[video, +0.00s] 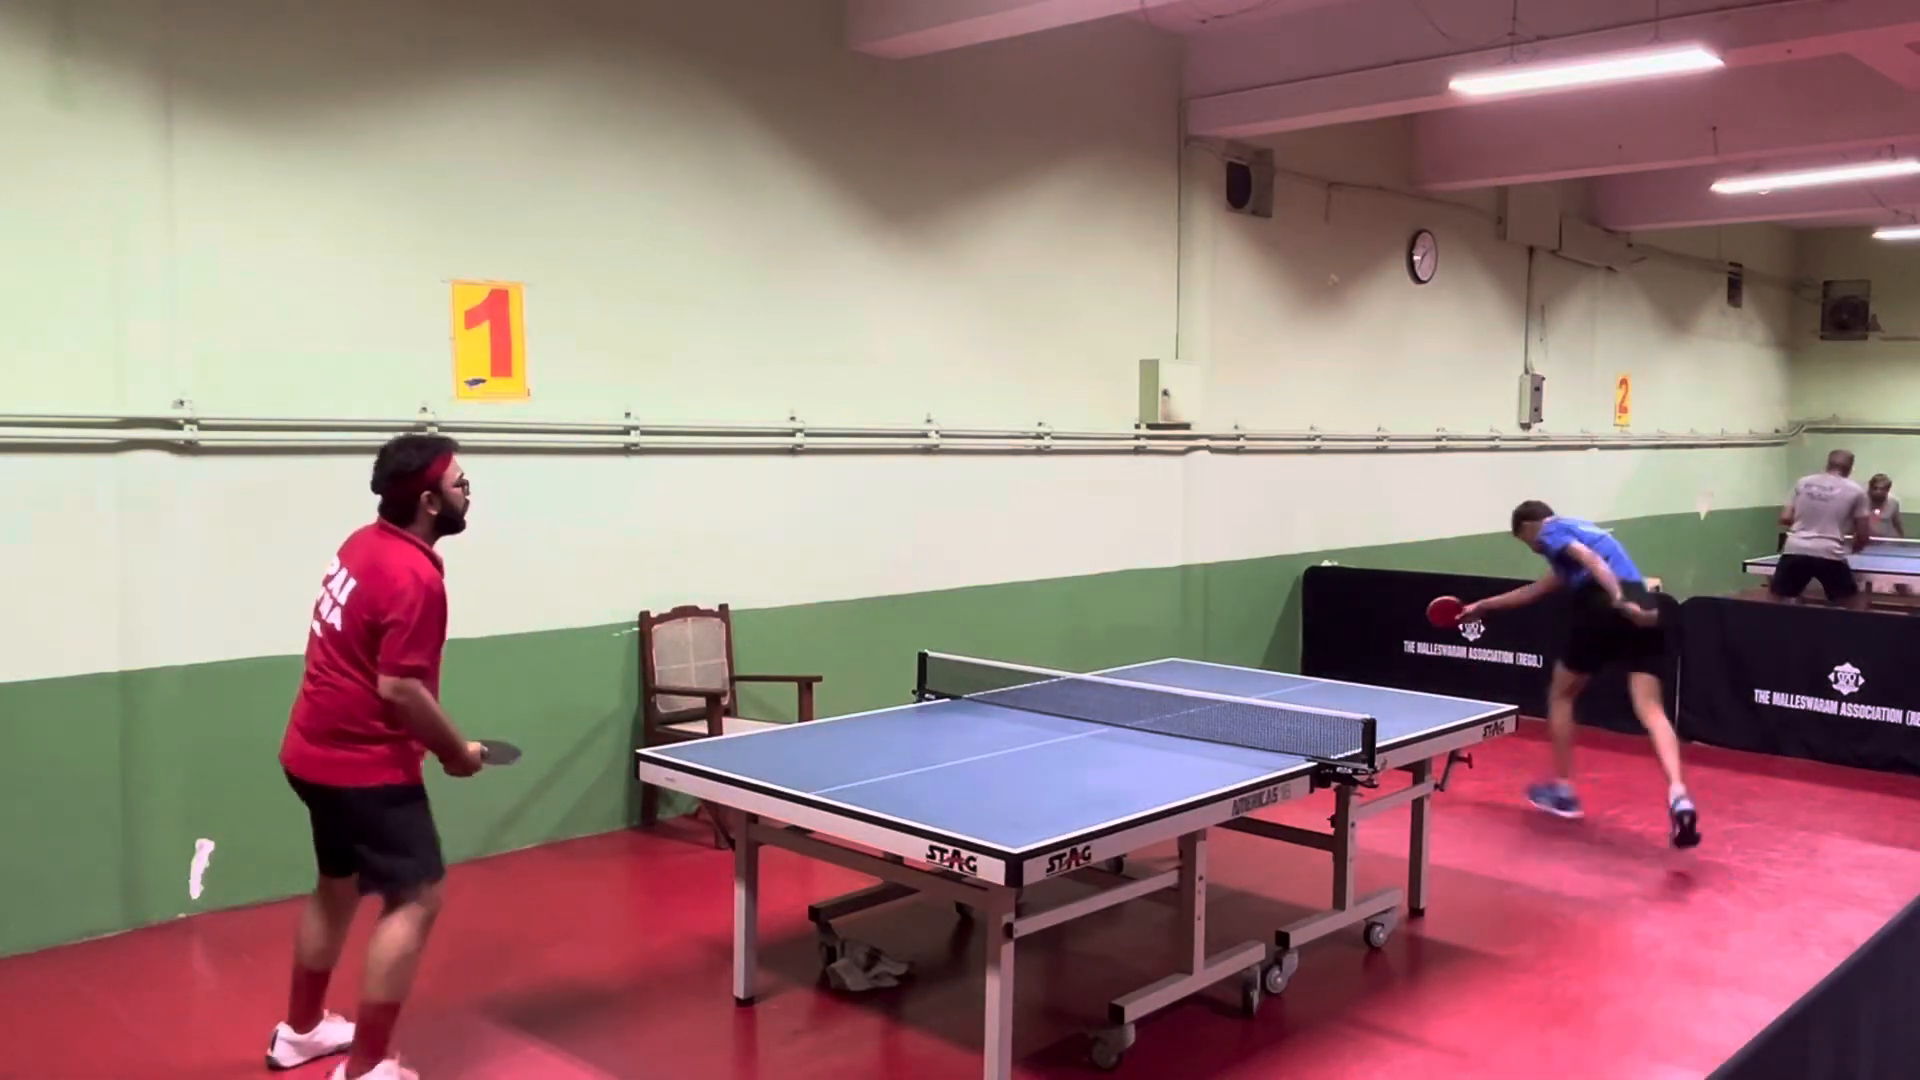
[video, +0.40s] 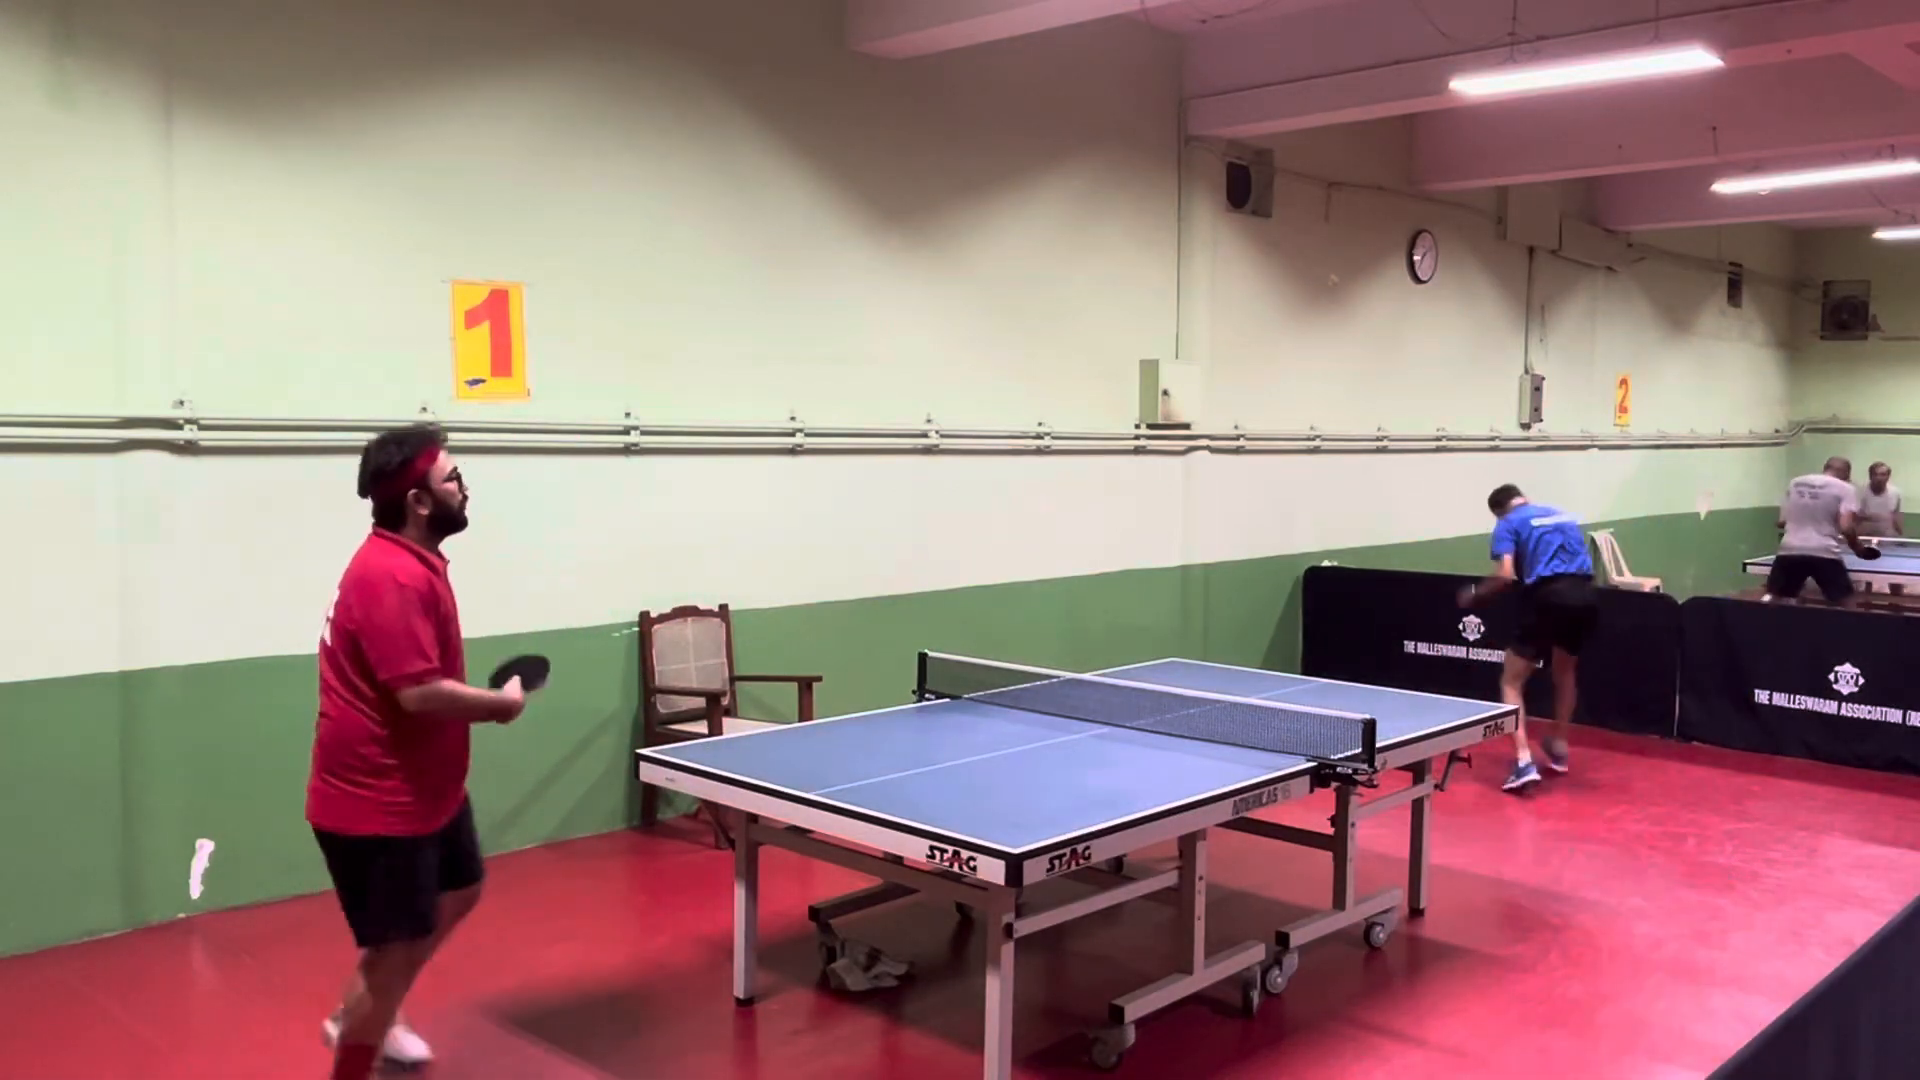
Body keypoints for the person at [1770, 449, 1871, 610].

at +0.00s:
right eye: (1851, 467)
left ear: (1827, 465)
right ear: (1849, 469)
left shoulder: (1803, 483)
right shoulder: (1856, 491)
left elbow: (1786, 518)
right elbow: (1862, 536)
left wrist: (1806, 523)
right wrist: (1853, 548)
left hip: (1795, 553)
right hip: (1829, 556)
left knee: (1775, 602)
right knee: (1851, 607)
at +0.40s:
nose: (1847, 480)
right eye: (1847, 476)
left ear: (1825, 469)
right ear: (1846, 474)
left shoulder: (1795, 483)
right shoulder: (1845, 488)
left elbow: (1782, 521)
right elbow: (1845, 527)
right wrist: (1860, 550)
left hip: (1789, 554)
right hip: (1824, 557)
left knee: (1772, 600)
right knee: (1848, 607)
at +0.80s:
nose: (1863, 479)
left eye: (1864, 475)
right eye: (1863, 475)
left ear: (1840, 467)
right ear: (1860, 475)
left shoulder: (1810, 477)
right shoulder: (1857, 499)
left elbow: (1786, 508)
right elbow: (1841, 524)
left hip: (1789, 547)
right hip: (1823, 553)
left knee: (1768, 598)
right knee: (1841, 606)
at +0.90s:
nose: (1868, 479)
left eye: (1869, 475)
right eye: (1869, 475)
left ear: (1846, 467)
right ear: (1865, 476)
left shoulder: (1816, 477)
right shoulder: (1864, 500)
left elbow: (1792, 508)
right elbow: (1846, 524)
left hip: (1794, 547)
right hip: (1828, 553)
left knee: (1772, 597)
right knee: (1846, 605)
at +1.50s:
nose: (1842, 474)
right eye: (1841, 470)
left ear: (1819, 466)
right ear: (1839, 470)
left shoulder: (1795, 481)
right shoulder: (1840, 493)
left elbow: (1772, 516)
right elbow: (1847, 534)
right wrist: (1854, 548)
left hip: (1776, 552)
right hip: (1808, 557)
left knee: (1758, 601)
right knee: (1834, 605)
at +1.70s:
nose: (1837, 475)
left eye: (1837, 471)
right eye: (1837, 471)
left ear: (1814, 467)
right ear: (1834, 471)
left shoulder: (1788, 481)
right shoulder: (1834, 492)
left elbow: (1766, 516)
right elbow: (1843, 537)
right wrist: (1855, 550)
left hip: (1772, 550)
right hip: (1804, 554)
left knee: (1756, 601)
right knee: (1831, 603)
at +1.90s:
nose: (1856, 484)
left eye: (1857, 480)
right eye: (1856, 480)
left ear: (1833, 474)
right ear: (1851, 478)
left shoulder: (1810, 489)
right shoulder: (1843, 498)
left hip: (1789, 557)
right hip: (1817, 560)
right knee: (1854, 608)